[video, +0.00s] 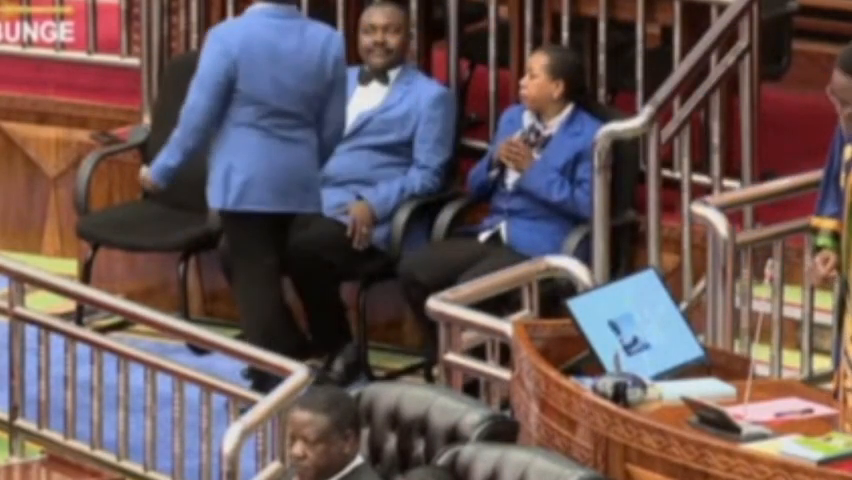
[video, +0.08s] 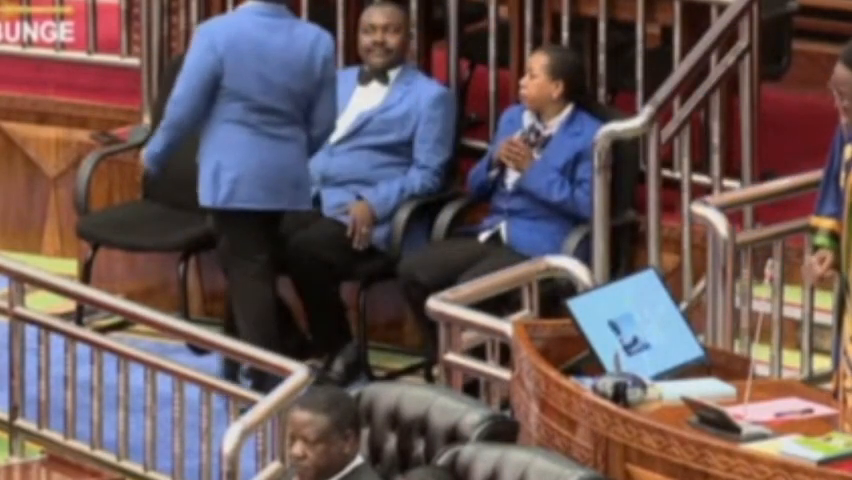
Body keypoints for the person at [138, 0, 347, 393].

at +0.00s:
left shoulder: (228, 35)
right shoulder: (326, 40)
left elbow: (199, 116)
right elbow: (332, 124)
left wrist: (161, 169)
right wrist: (311, 166)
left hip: (243, 174)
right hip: (298, 174)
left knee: (256, 277)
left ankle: (277, 373)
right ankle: (291, 353)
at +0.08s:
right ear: (287, 0)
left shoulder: (216, 32)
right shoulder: (317, 41)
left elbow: (185, 110)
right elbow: (322, 123)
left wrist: (153, 155)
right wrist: (295, 153)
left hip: (230, 172)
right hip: (288, 173)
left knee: (249, 274)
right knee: (251, 271)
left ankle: (269, 374)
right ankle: (235, 365)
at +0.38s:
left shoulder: (180, 20)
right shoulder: (282, 39)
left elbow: (149, 87)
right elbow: (278, 115)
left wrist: (169, 114)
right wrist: (246, 127)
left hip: (181, 161)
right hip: (243, 166)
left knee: (182, 263)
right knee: (217, 269)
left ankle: (221, 356)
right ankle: (197, 369)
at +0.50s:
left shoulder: (173, 19)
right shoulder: (274, 38)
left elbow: (141, 84)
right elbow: (272, 112)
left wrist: (168, 108)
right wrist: (241, 134)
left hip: (173, 160)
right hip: (236, 165)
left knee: (162, 252)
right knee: (212, 266)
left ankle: (190, 340)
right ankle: (198, 367)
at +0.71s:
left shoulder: (145, 12)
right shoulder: (250, 33)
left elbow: (119, 77)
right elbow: (255, 110)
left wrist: (156, 93)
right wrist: (217, 100)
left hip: (148, 154)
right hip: (211, 161)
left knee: (142, 249)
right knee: (202, 257)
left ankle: (127, 354)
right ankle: (196, 368)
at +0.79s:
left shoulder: (132, 12)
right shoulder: (236, 33)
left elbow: (112, 76)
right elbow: (248, 107)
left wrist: (150, 93)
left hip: (141, 155)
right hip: (204, 160)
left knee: (137, 252)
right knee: (200, 256)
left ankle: (126, 355)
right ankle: (195, 367)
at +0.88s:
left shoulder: (123, 10)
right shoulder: (226, 29)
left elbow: (107, 76)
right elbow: (238, 105)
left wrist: (145, 86)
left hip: (135, 147)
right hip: (196, 154)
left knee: (136, 248)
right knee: (195, 253)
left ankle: (127, 355)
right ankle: (193, 367)